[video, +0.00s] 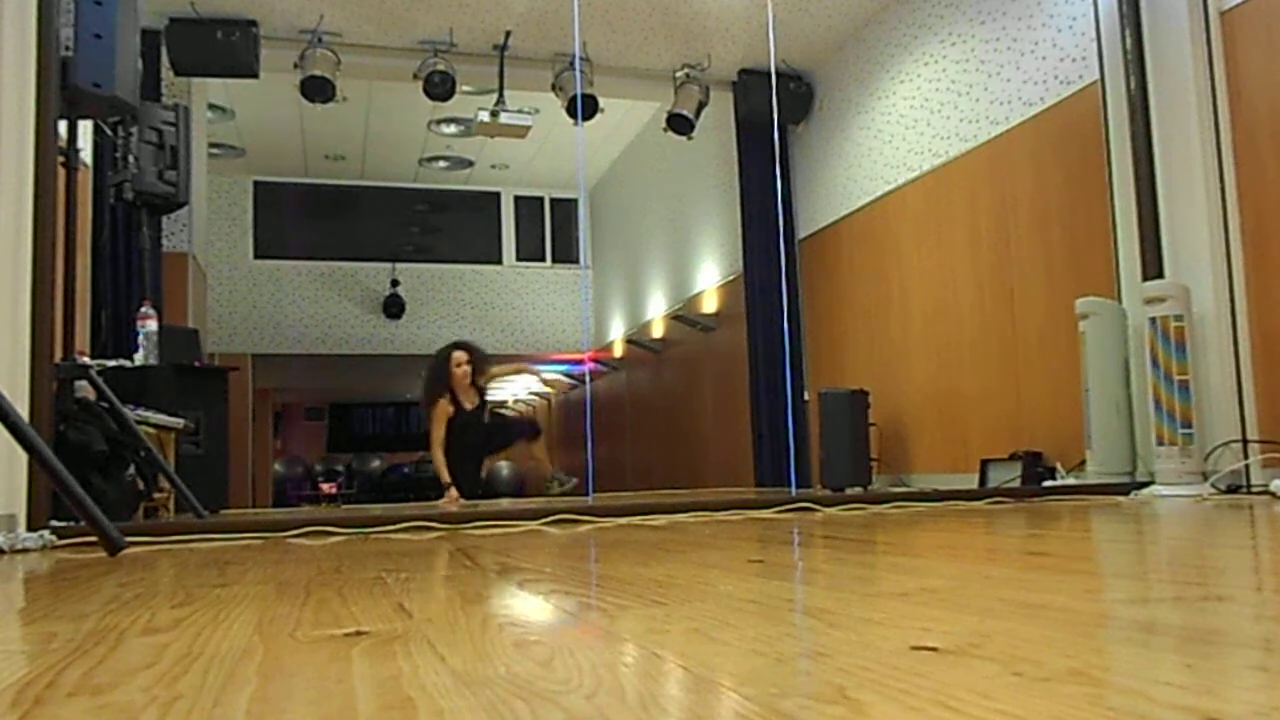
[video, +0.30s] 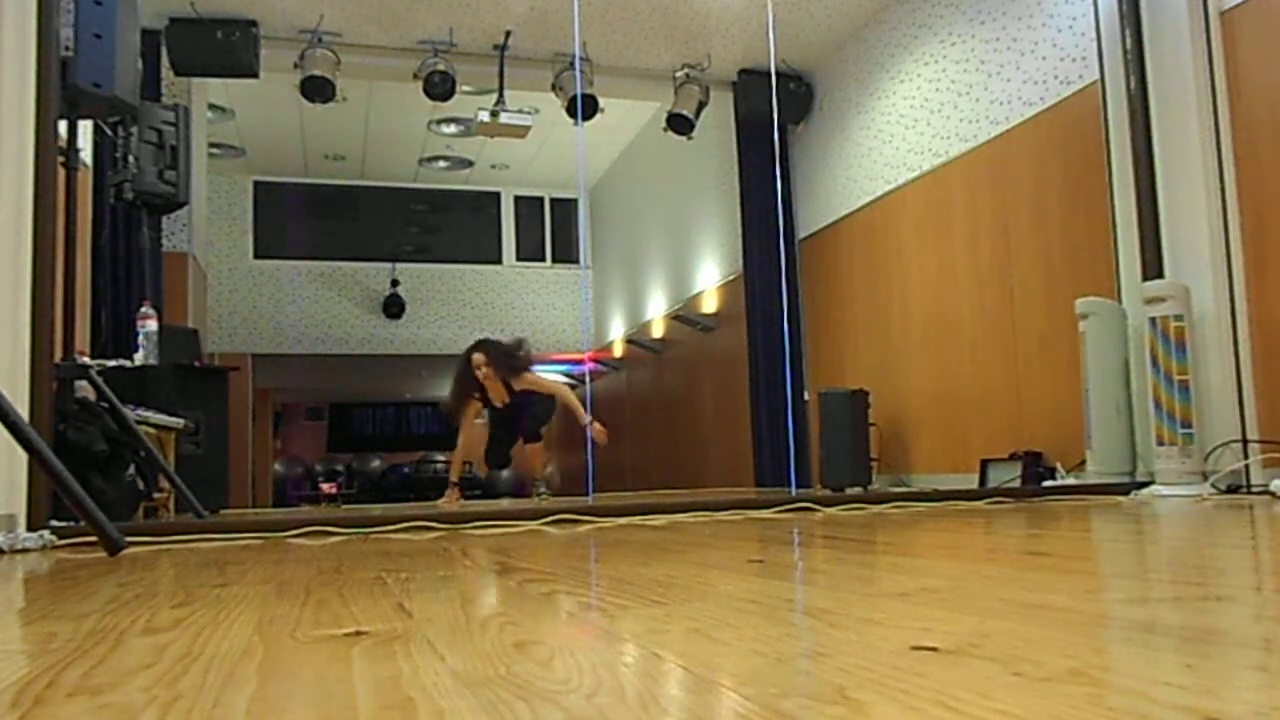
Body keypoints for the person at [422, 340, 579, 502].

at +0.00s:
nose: (466, 369)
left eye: (468, 363)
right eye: (458, 366)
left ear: (474, 366)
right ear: (446, 373)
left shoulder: (479, 383)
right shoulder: (444, 405)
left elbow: (517, 369)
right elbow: (436, 449)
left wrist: (541, 377)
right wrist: (448, 486)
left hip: (483, 439)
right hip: (462, 456)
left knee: (529, 428)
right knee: (469, 495)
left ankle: (550, 477)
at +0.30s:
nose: (482, 373)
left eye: (486, 366)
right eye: (476, 369)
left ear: (499, 364)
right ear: (472, 372)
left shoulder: (520, 380)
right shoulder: (477, 397)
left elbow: (562, 390)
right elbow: (462, 440)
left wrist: (587, 422)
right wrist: (453, 485)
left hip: (535, 402)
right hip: (506, 415)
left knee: (528, 429)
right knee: (495, 460)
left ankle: (540, 483)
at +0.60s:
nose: (483, 352)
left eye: (486, 346)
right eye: (479, 347)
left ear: (500, 343)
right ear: (477, 350)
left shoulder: (526, 360)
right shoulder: (490, 373)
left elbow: (577, 360)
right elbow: (492, 410)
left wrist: (597, 376)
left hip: (567, 379)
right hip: (542, 388)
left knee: (540, 428)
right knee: (533, 443)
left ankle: (540, 484)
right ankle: (590, 472)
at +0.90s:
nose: (488, 296)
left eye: (493, 290)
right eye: (486, 290)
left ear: (508, 291)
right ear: (483, 293)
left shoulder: (531, 316)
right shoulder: (496, 321)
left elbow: (577, 331)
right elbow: (498, 361)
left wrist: (590, 365)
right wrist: (513, 397)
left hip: (567, 360)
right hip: (544, 368)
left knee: (540, 410)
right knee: (555, 430)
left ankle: (551, 472)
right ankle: (598, 473)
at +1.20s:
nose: (480, 250)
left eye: (487, 244)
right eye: (477, 244)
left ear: (501, 249)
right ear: (474, 249)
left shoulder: (515, 283)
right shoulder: (476, 285)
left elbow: (549, 318)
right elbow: (470, 327)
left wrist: (546, 364)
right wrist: (470, 367)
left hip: (530, 353)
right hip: (508, 358)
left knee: (513, 414)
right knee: (536, 418)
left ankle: (512, 482)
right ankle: (576, 467)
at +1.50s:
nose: (448, 224)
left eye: (454, 218)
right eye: (446, 218)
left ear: (469, 222)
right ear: (443, 223)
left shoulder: (482, 255)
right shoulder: (447, 261)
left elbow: (497, 298)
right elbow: (453, 302)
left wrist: (478, 341)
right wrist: (457, 335)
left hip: (503, 330)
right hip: (470, 331)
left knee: (503, 405)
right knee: (456, 403)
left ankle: (512, 478)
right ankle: (457, 477)